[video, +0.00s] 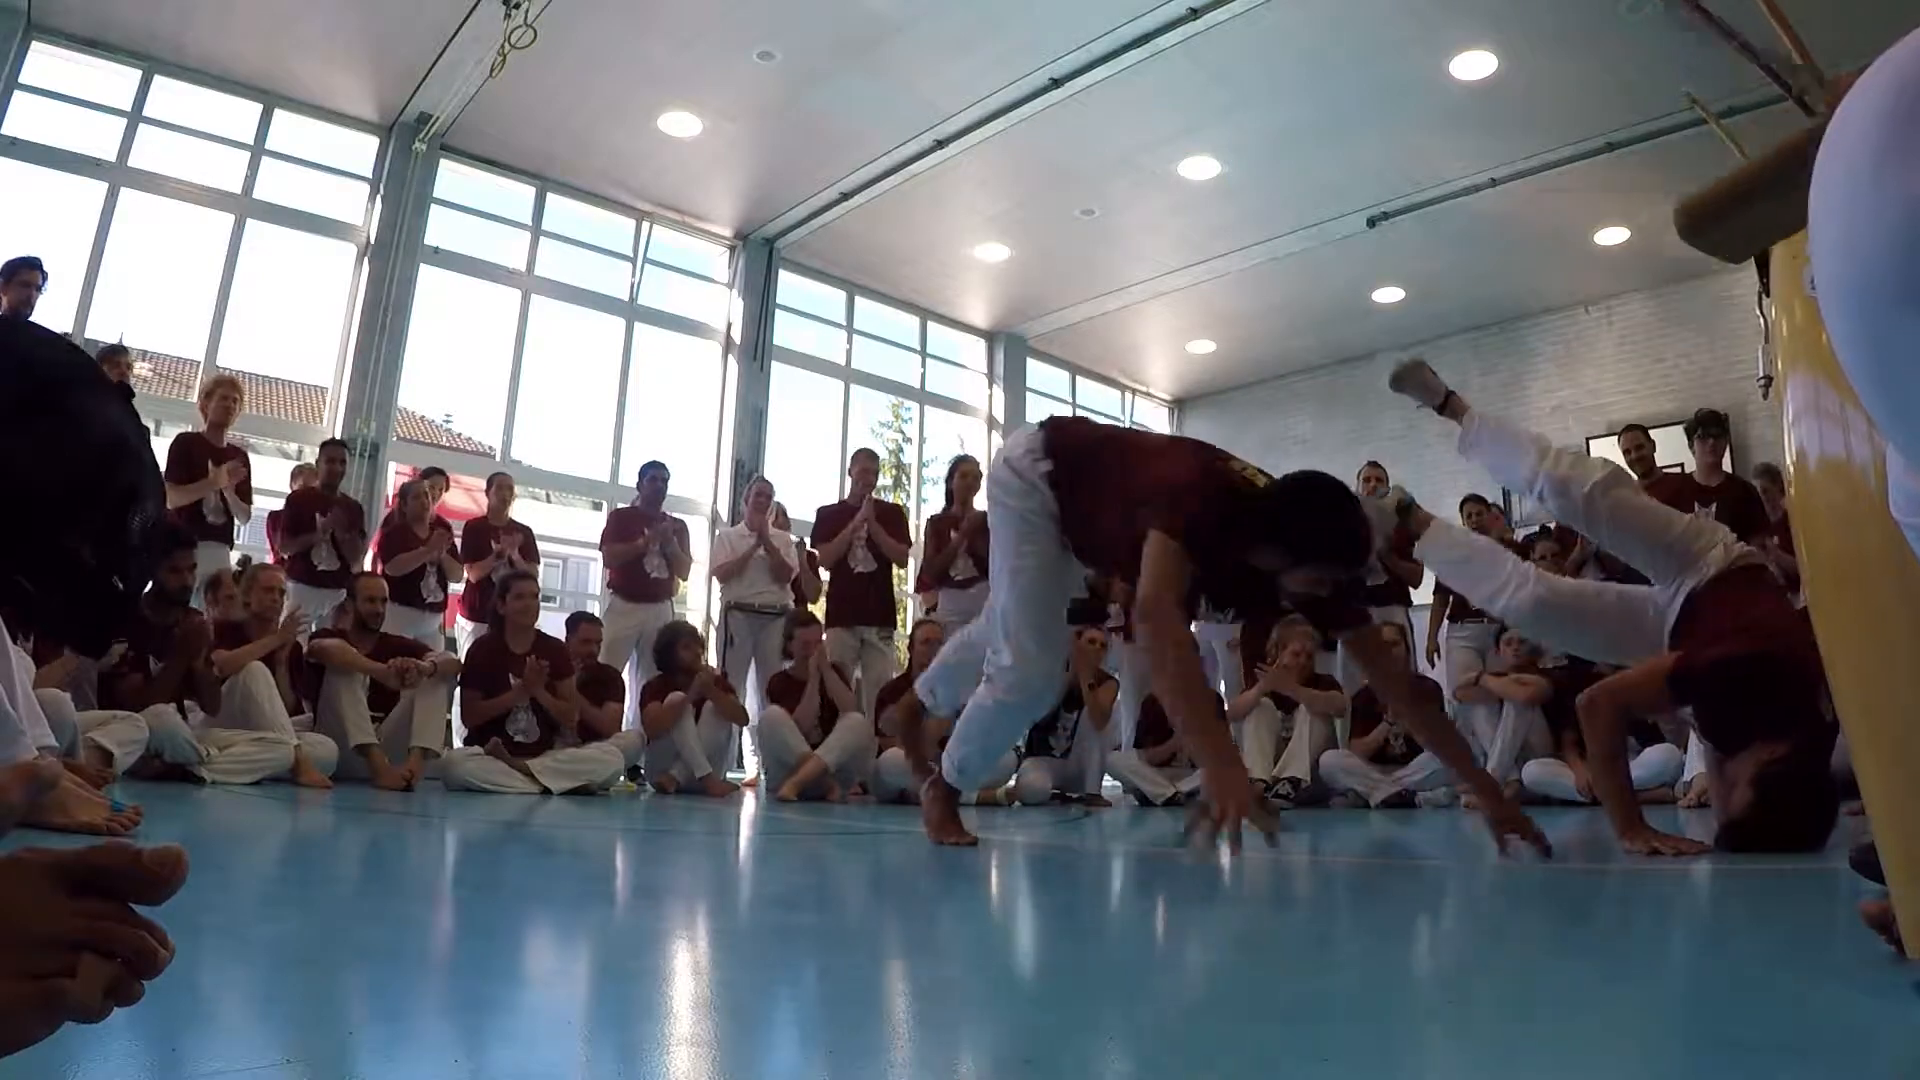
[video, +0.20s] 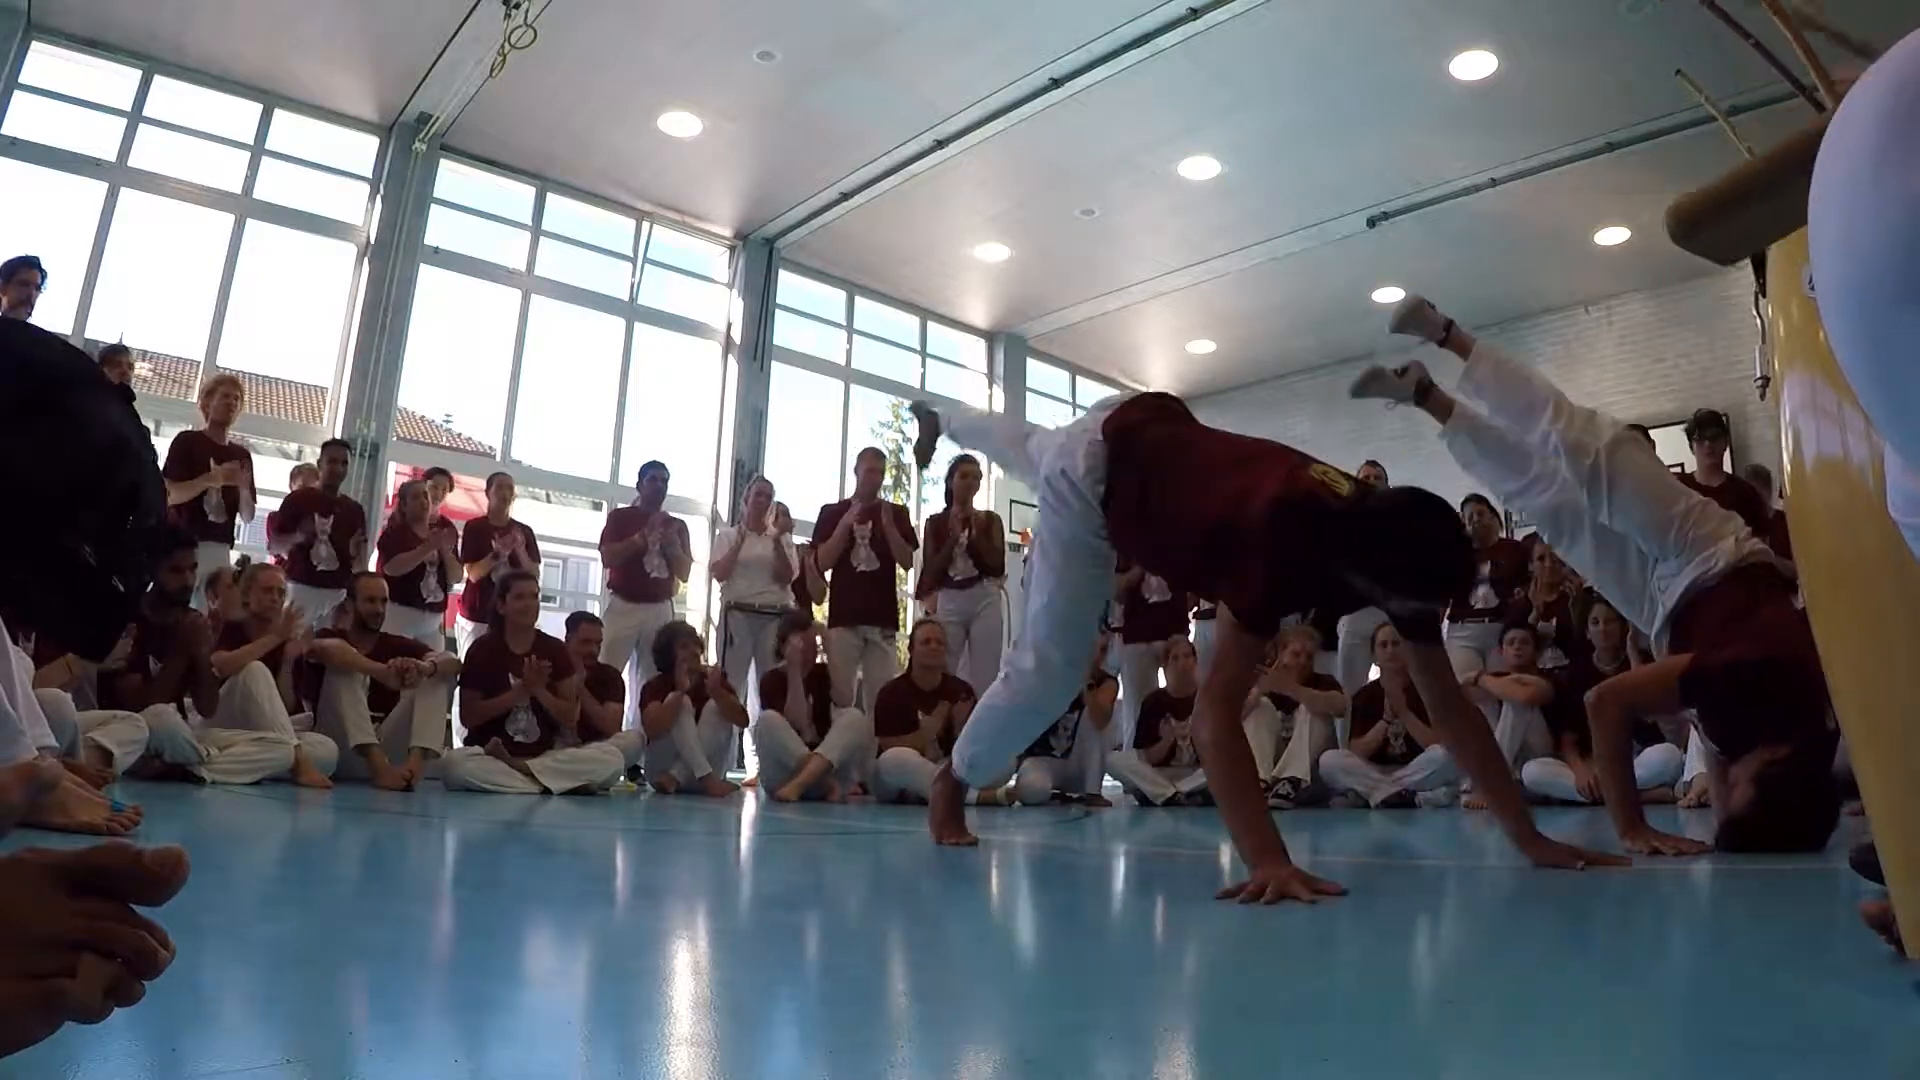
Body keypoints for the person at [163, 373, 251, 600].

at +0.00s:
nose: (229, 404)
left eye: (235, 401)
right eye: (223, 398)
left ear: (239, 410)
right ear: (204, 404)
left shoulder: (238, 456)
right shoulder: (184, 442)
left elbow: (244, 516)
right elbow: (171, 498)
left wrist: (229, 492)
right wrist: (213, 482)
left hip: (218, 548)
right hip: (181, 545)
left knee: (214, 621)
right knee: (173, 619)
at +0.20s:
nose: (231, 402)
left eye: (236, 398)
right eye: (225, 396)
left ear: (240, 408)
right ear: (205, 403)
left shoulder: (241, 455)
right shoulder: (186, 441)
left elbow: (248, 516)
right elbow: (168, 496)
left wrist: (242, 484)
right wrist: (209, 479)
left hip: (219, 546)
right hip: (182, 543)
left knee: (212, 620)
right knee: (175, 615)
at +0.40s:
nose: (232, 405)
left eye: (237, 400)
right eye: (225, 398)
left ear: (241, 409)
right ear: (207, 404)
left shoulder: (241, 454)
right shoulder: (187, 441)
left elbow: (246, 516)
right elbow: (168, 497)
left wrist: (244, 480)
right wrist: (215, 477)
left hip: (219, 547)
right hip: (183, 543)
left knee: (210, 620)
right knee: (175, 616)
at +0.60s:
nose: (233, 405)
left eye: (238, 401)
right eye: (227, 398)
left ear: (241, 410)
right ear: (207, 405)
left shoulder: (242, 454)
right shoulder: (188, 441)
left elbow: (249, 512)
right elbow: (175, 496)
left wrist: (239, 481)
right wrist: (211, 477)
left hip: (220, 543)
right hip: (184, 539)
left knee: (214, 614)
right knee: (177, 610)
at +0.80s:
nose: (234, 403)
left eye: (238, 399)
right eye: (227, 396)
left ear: (241, 409)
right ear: (207, 403)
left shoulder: (241, 451)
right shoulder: (188, 438)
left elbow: (249, 509)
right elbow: (178, 492)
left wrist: (234, 476)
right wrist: (219, 466)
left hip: (218, 543)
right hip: (182, 540)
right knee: (174, 610)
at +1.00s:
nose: (233, 405)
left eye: (237, 401)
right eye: (226, 399)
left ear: (240, 409)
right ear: (207, 404)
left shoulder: (241, 452)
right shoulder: (186, 440)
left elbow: (246, 513)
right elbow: (172, 496)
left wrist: (241, 477)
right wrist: (212, 471)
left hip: (218, 547)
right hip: (181, 543)